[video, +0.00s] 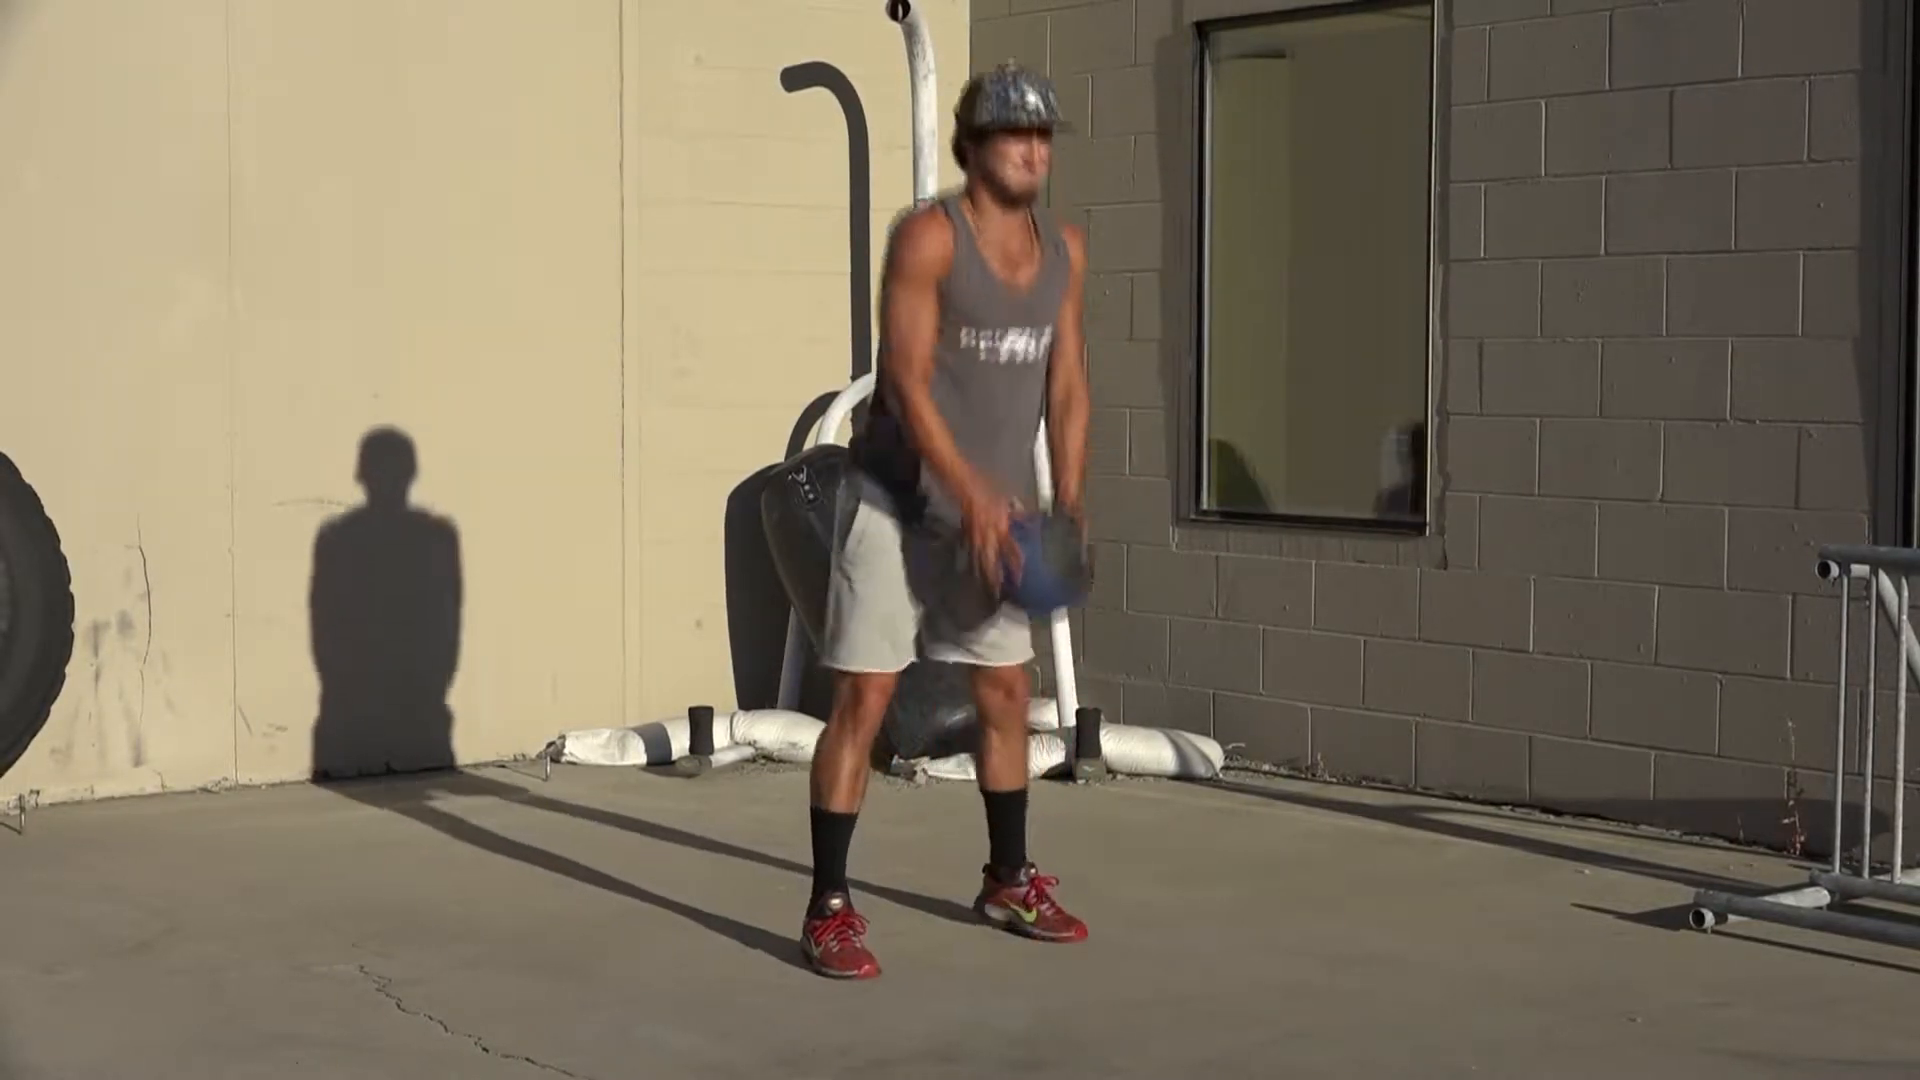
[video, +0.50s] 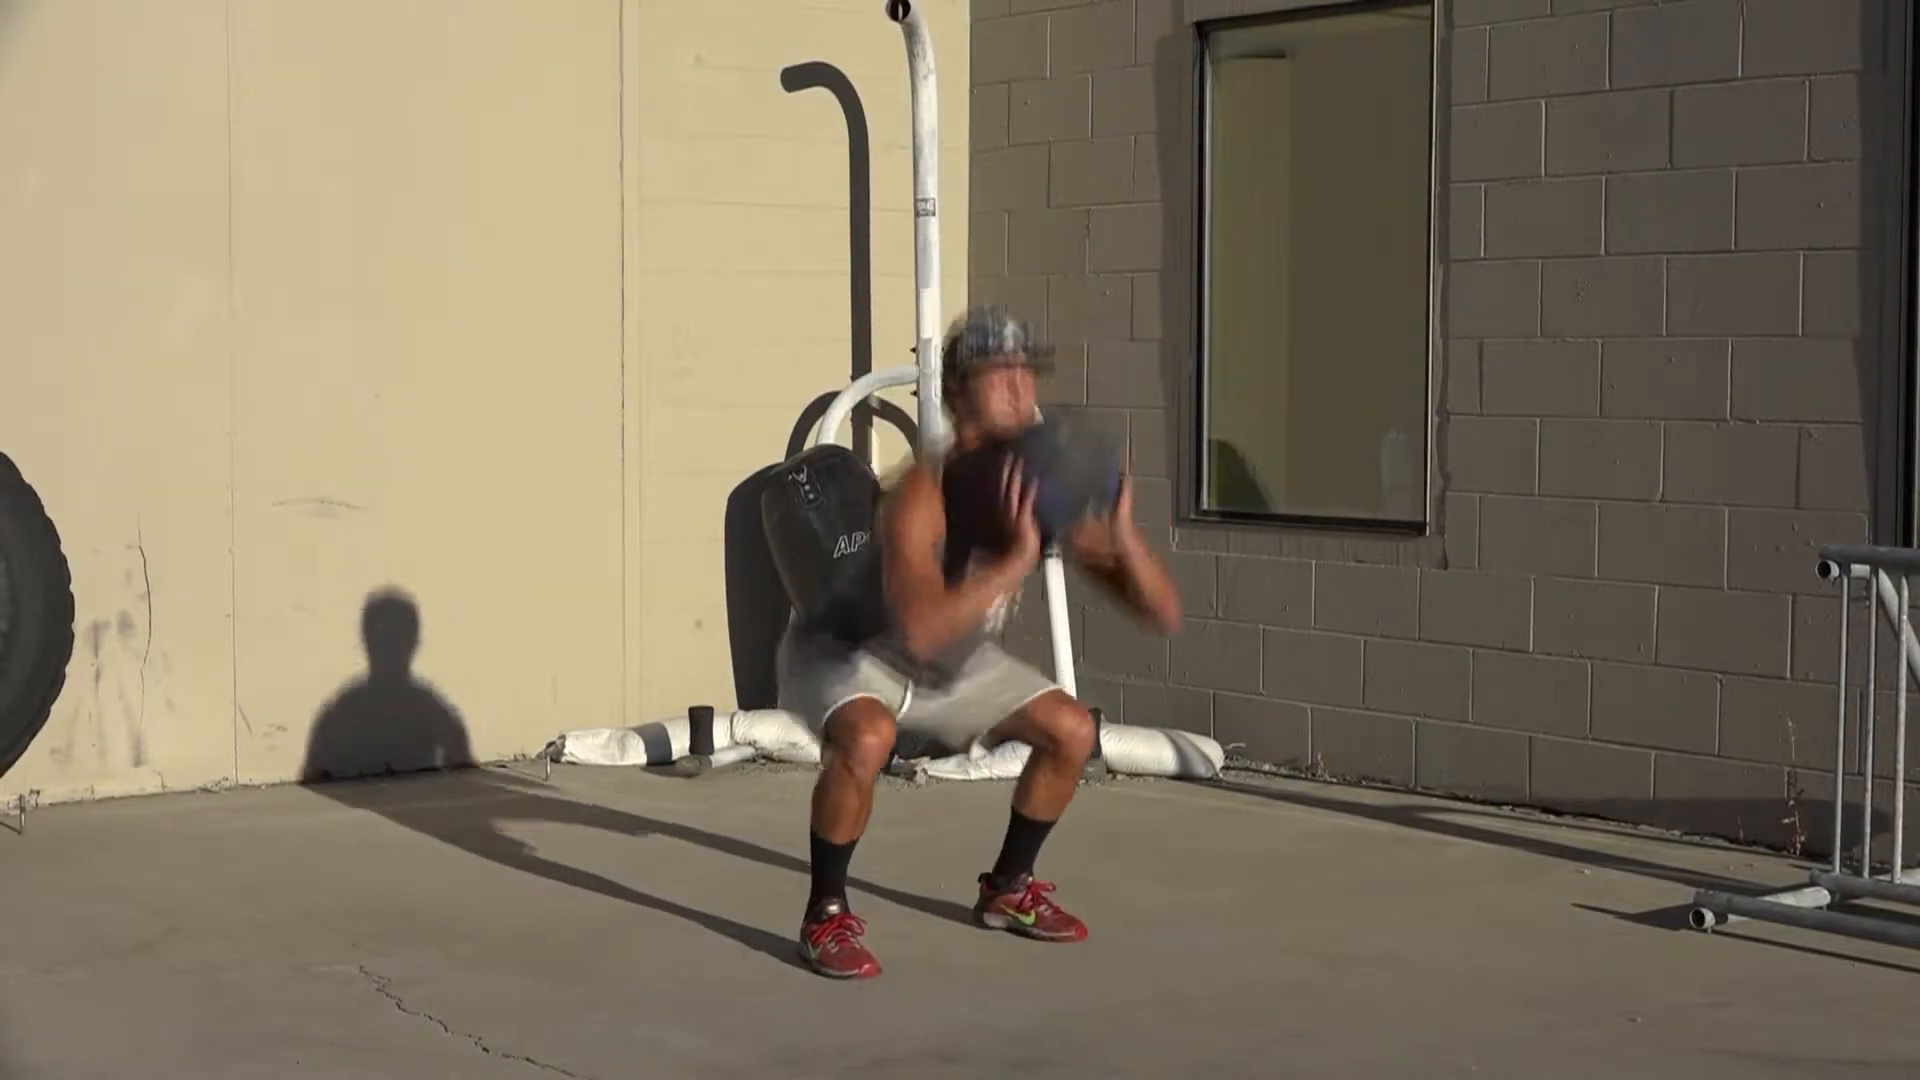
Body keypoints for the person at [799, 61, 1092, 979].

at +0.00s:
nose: (1029, 151)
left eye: (1040, 136)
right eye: (1010, 136)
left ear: (1051, 150)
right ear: (971, 147)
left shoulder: (1061, 247)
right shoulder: (927, 234)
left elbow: (1068, 383)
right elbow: (905, 383)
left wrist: (1068, 503)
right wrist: (970, 495)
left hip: (999, 503)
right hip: (901, 496)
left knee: (1006, 690)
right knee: (866, 696)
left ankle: (1010, 880)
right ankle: (829, 906)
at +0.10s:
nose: (1020, 125)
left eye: (1031, 111)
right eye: (1001, 111)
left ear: (1041, 124)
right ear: (962, 121)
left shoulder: (1048, 216)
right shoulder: (916, 208)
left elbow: (1073, 348)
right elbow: (876, 348)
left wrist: (1069, 436)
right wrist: (973, 418)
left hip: (996, 494)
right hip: (902, 490)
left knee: (996, 681)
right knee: (861, 686)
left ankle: (1014, 871)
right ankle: (829, 901)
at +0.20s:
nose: (1017, 134)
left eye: (1028, 120)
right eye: (997, 120)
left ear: (1038, 134)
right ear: (958, 131)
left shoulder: (1048, 237)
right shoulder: (908, 228)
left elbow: (1072, 346)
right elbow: (866, 365)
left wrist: (1085, 390)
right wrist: (981, 388)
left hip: (998, 506)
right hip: (896, 502)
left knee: (1017, 690)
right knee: (864, 698)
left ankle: (1012, 877)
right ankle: (826, 905)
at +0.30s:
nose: (1015, 185)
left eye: (1024, 171)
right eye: (995, 171)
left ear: (1038, 188)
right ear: (955, 187)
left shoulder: (1045, 292)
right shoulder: (910, 289)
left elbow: (1111, 438)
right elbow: (874, 435)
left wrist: (1097, 390)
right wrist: (995, 416)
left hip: (978, 546)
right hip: (876, 542)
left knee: (1043, 710)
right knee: (866, 724)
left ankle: (1010, 884)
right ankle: (826, 912)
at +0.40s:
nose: (1016, 285)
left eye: (1024, 270)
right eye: (997, 271)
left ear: (1036, 282)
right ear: (958, 283)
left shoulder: (1039, 386)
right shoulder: (913, 386)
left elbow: (1148, 527)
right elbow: (897, 527)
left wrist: (1120, 456)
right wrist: (1010, 473)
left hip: (966, 604)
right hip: (864, 597)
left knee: (1065, 721)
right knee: (866, 731)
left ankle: (1010, 884)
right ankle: (827, 912)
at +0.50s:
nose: (1015, 388)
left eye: (1023, 371)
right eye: (995, 374)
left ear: (1037, 386)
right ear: (958, 395)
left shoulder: (1041, 480)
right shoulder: (921, 491)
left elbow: (1164, 615)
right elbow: (924, 635)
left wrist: (1123, 544)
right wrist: (1019, 557)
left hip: (951, 656)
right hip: (846, 649)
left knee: (1071, 728)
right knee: (866, 736)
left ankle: (1008, 886)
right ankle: (827, 914)